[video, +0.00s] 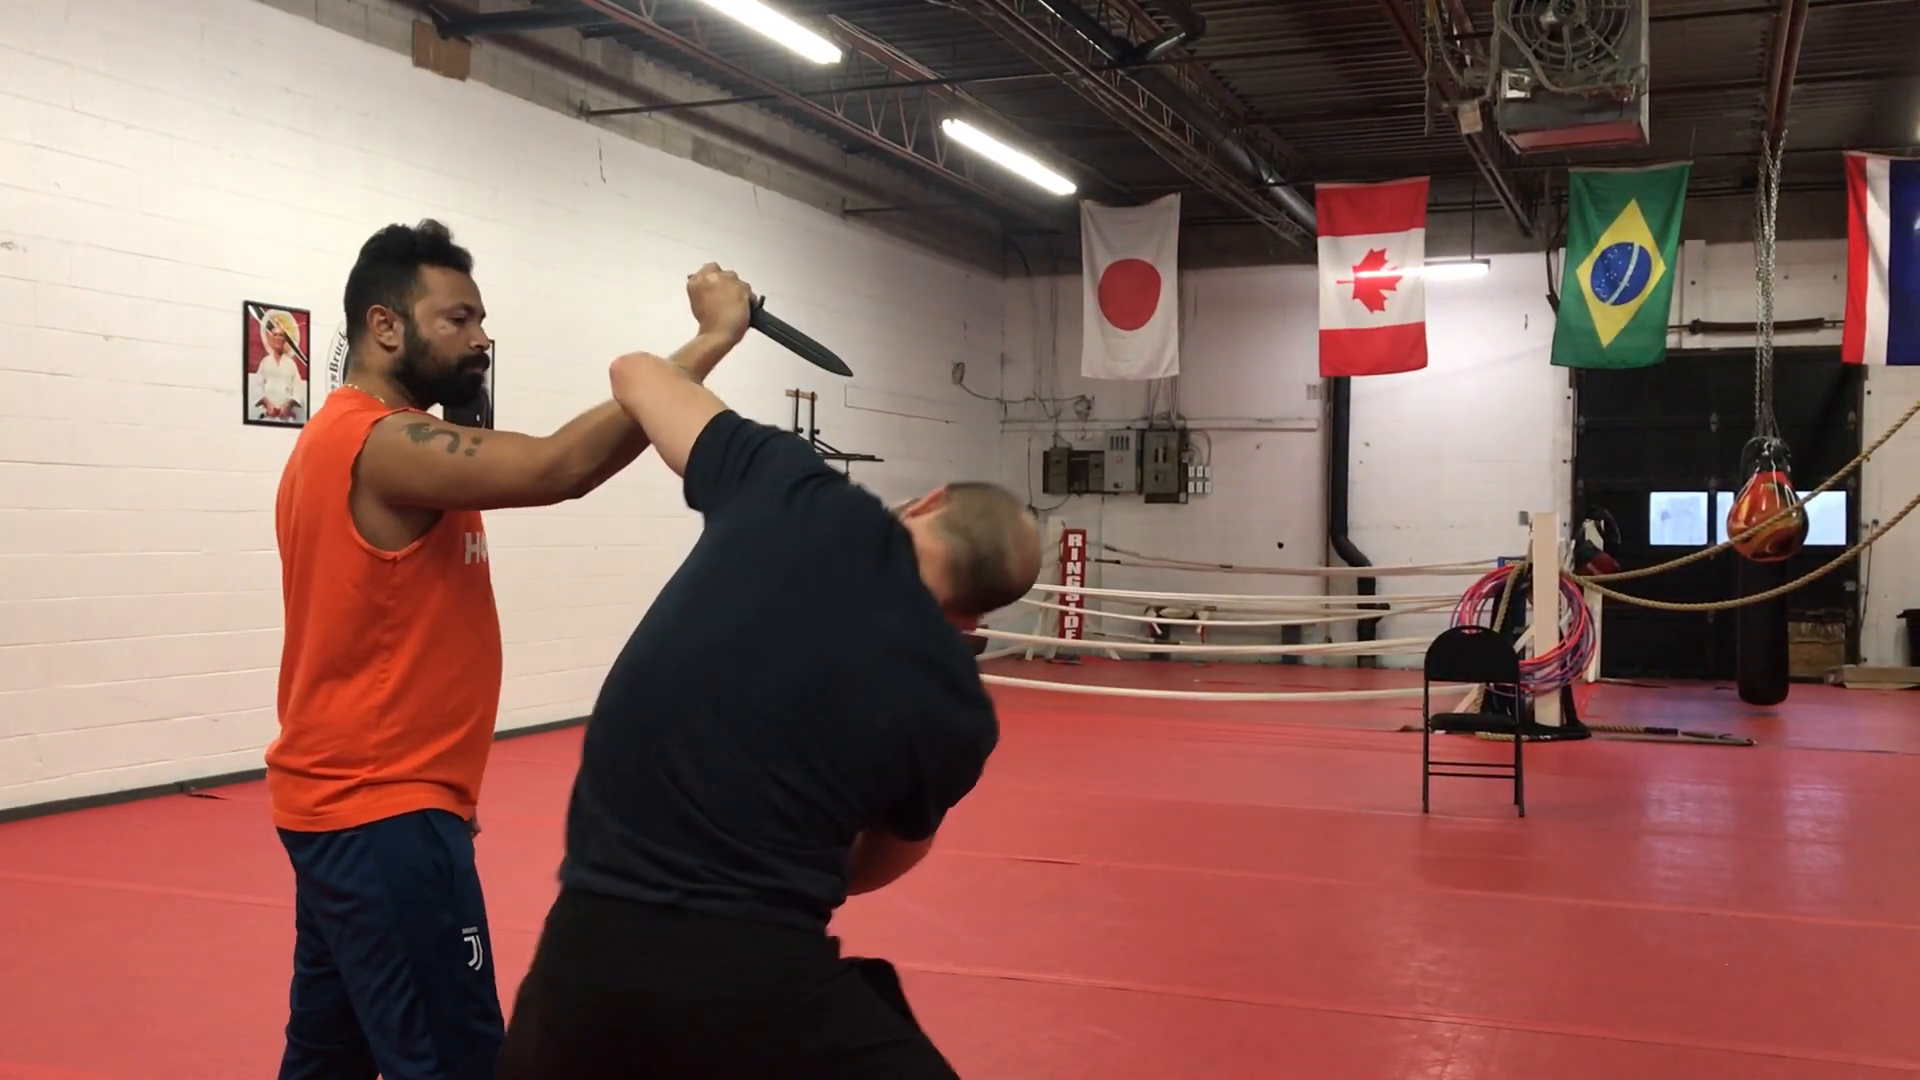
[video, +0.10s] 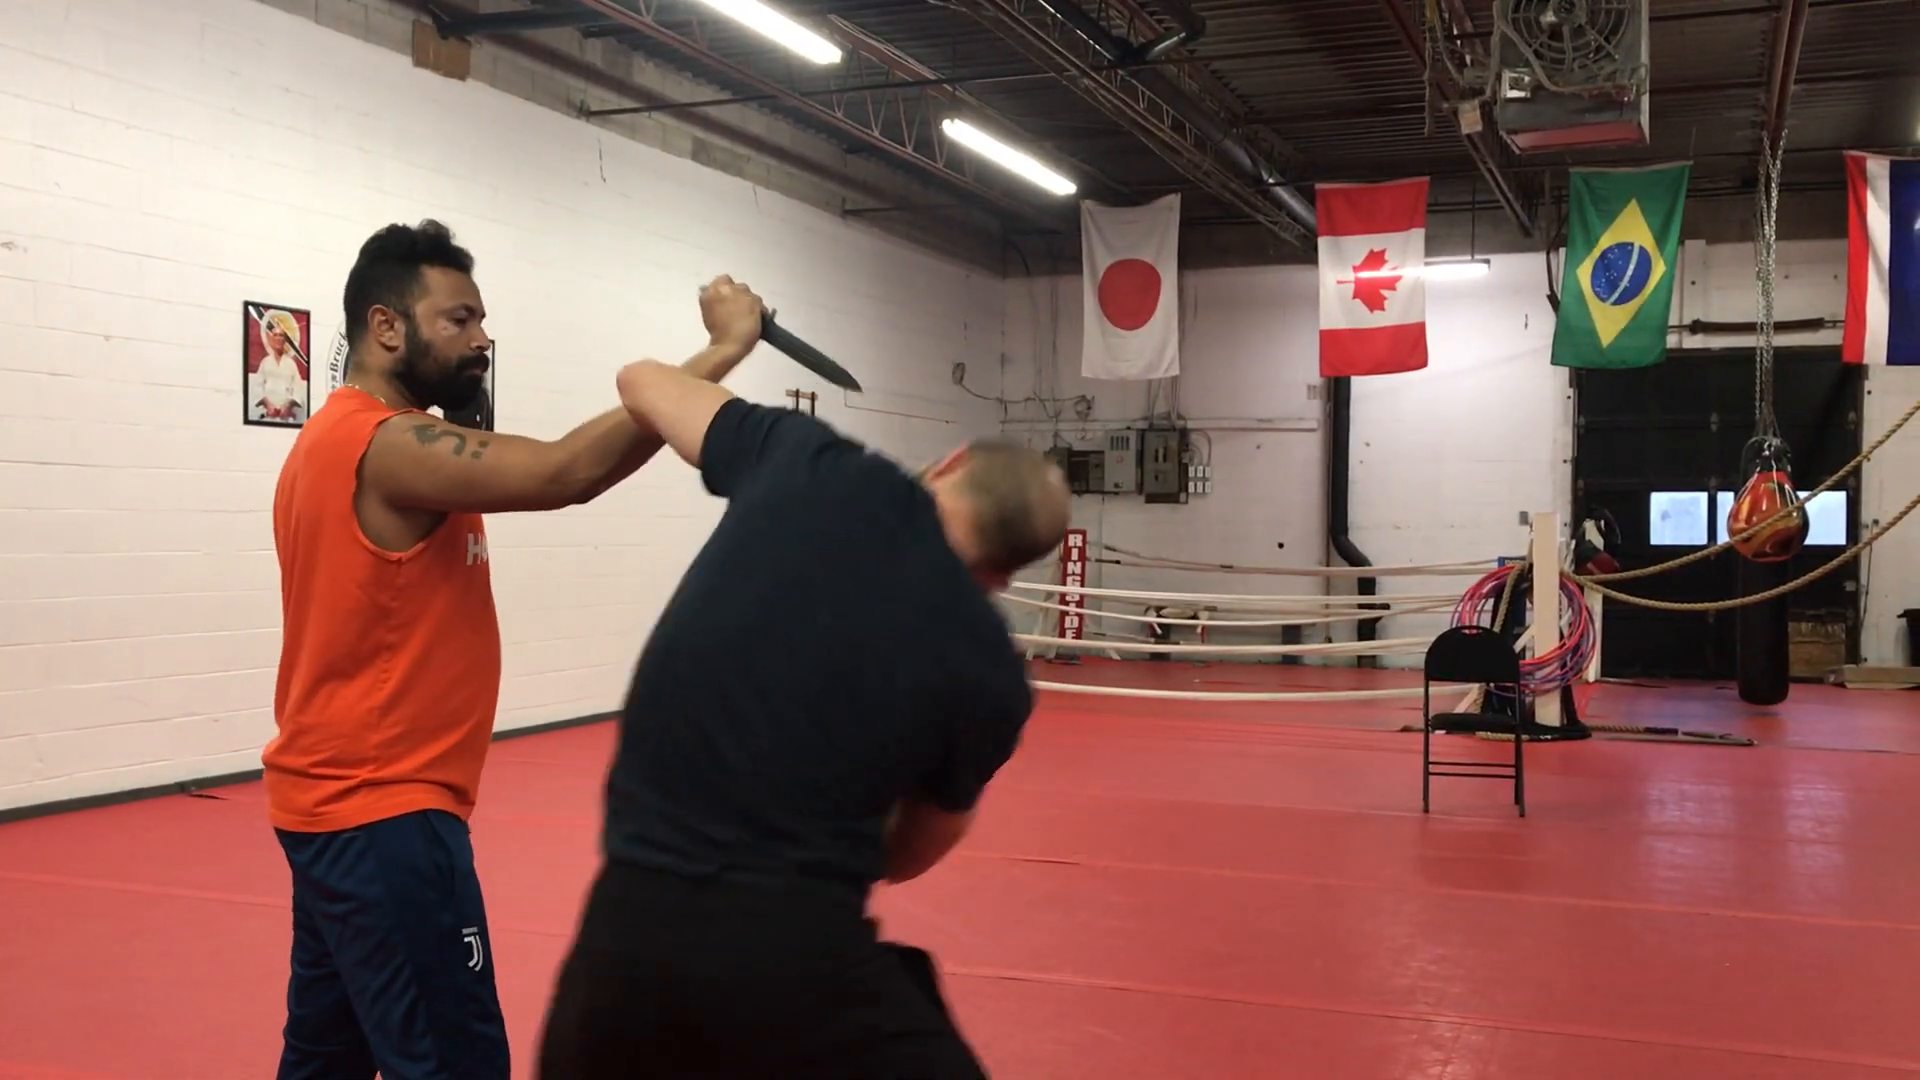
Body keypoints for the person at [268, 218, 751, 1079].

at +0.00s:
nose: (482, 337)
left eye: (479, 317)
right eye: (460, 316)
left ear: (388, 332)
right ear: (384, 326)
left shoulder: (331, 437)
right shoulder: (385, 439)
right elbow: (563, 465)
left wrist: (454, 425)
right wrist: (711, 340)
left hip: (339, 809)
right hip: (389, 816)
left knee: (328, 1060)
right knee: (455, 1059)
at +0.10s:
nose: (482, 338)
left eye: (478, 318)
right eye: (461, 318)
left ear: (383, 332)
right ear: (384, 327)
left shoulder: (326, 440)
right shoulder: (389, 441)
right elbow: (570, 470)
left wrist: (454, 421)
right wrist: (721, 351)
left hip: (332, 809)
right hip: (388, 817)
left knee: (326, 1062)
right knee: (459, 1062)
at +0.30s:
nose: (489, 334)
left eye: (486, 314)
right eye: (467, 313)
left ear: (391, 329)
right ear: (393, 325)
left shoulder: (326, 441)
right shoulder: (403, 448)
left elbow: (549, 486)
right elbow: (570, 504)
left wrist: (680, 471)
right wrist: (706, 452)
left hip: (326, 806)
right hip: (389, 814)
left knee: (332, 1056)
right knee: (455, 1061)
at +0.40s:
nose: (492, 331)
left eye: (487, 310)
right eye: (470, 310)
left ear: (391, 328)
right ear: (392, 324)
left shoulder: (332, 437)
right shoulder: (396, 449)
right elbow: (568, 519)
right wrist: (746, 451)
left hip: (330, 806)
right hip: (392, 815)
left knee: (332, 1058)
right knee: (452, 1059)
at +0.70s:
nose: (486, 326)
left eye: (483, 305)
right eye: (462, 306)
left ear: (391, 328)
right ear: (388, 322)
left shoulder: (353, 435)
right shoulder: (385, 442)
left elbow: (386, 633)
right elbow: (534, 542)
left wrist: (466, 763)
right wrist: (653, 402)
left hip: (361, 803)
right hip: (395, 809)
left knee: (350, 1055)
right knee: (451, 1059)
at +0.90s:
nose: (468, 326)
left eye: (467, 309)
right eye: (445, 305)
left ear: (382, 329)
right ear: (376, 323)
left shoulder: (390, 437)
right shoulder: (361, 439)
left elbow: (401, 640)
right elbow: (503, 499)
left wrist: (488, 760)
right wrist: (505, 334)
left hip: (404, 803)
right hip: (398, 809)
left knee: (362, 1056)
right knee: (451, 1058)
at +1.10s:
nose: (467, 337)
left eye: (467, 315)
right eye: (444, 312)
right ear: (379, 328)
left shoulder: (417, 435)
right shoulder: (341, 444)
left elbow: (444, 632)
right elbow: (458, 482)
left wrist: (508, 766)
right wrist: (411, 349)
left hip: (445, 802)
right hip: (397, 808)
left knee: (378, 1056)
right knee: (460, 1057)